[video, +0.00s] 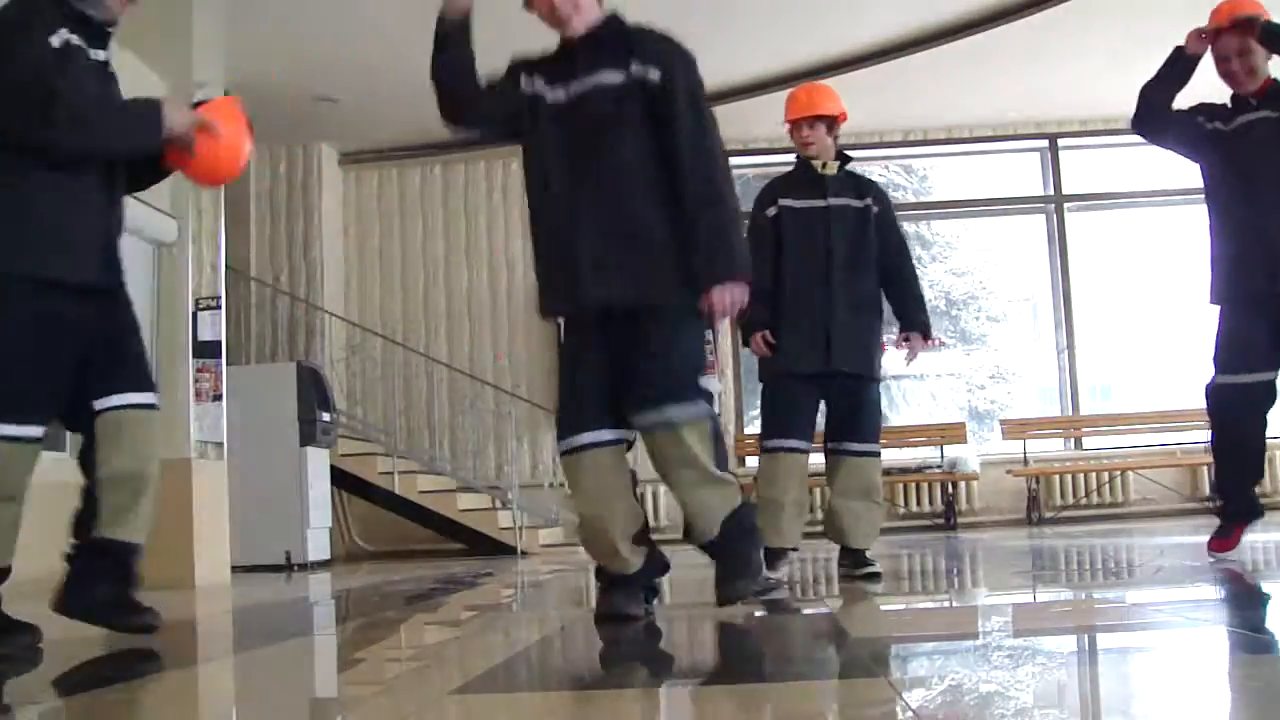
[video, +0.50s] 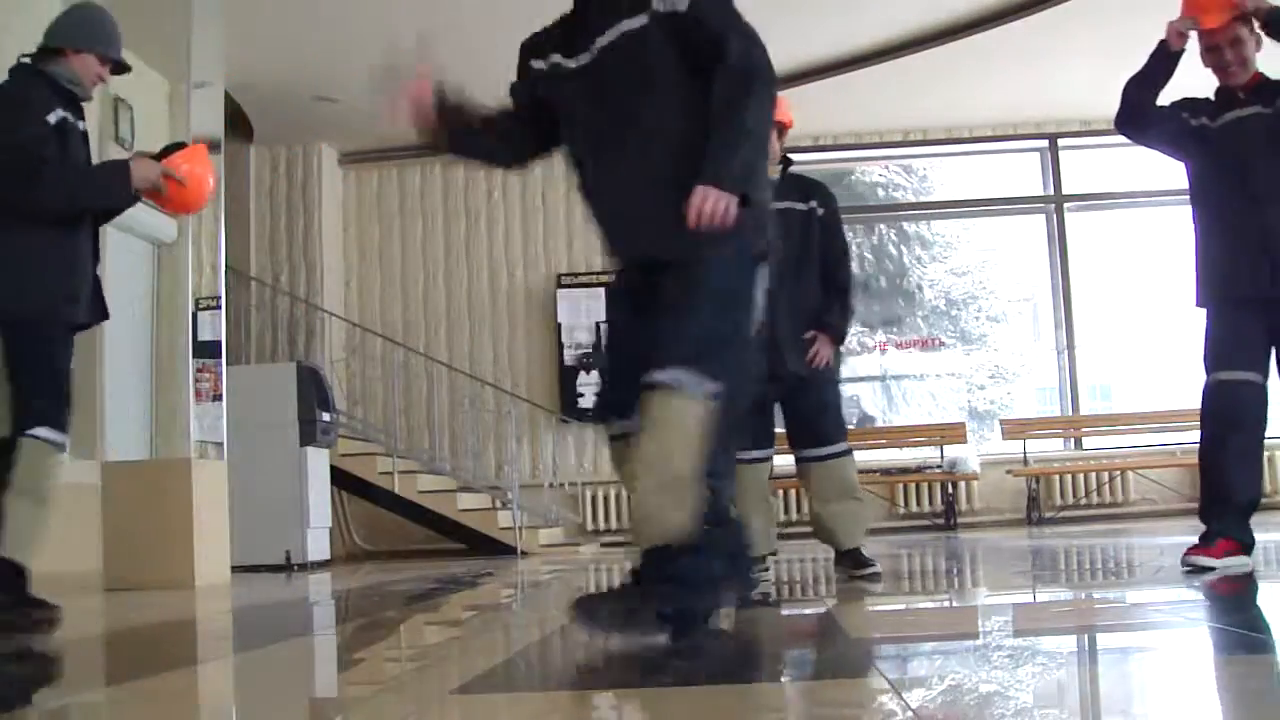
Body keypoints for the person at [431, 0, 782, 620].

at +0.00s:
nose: (546, 5)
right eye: (538, 2)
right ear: (536, 11)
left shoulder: (656, 56)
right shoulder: (533, 80)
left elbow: (703, 165)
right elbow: (462, 108)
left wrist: (724, 267)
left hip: (665, 284)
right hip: (584, 295)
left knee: (670, 417)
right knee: (587, 448)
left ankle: (736, 546)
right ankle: (628, 581)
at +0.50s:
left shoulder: (672, 4)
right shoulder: (548, 53)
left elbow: (747, 69)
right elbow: (525, 137)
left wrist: (724, 174)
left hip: (718, 236)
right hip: (645, 253)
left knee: (681, 402)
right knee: (631, 423)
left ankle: (673, 582)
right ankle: (713, 563)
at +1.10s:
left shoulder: (864, 38)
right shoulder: (686, 30)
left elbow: (926, 115)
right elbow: (598, 48)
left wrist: (948, 200)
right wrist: (520, 36)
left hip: (841, 292)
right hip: (726, 294)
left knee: (924, 423)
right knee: (653, 422)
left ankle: (987, 559)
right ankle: (570, 565)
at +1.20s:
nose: (836, 55)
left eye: (850, 41)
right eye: (821, 39)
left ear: (870, 37)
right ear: (790, 27)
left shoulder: (892, 122)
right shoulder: (747, 85)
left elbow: (941, 227)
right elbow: (693, 128)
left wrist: (997, 315)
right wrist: (731, 126)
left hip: (838, 323)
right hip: (730, 319)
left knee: (920, 444)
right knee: (653, 438)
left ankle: (981, 559)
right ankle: (556, 580)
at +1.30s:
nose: (917, 129)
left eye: (927, 117)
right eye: (907, 111)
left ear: (933, 104)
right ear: (867, 82)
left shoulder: (897, 166)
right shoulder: (798, 143)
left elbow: (906, 268)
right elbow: (846, 261)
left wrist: (947, 341)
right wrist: (946, 344)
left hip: (804, 328)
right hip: (710, 321)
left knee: (889, 440)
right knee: (668, 453)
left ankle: (970, 557)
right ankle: (539, 600)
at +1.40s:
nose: (993, 206)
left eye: (1004, 192)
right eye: (990, 187)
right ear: (949, 151)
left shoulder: (874, 173)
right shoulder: (861, 216)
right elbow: (931, 358)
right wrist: (1023, 484)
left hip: (755, 315)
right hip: (678, 295)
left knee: (803, 437)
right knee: (711, 469)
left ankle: (861, 555)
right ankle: (536, 577)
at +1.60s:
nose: (1112, 365)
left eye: (1124, 354)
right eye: (1122, 345)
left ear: (1087, 295)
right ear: (1097, 304)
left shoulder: (983, 304)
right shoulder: (1008, 313)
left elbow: (929, 462)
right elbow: (991, 461)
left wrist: (1017, 561)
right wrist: (1032, 608)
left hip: (740, 289)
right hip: (751, 302)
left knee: (617, 416)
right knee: (709, 496)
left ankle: (433, 460)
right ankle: (494, 556)